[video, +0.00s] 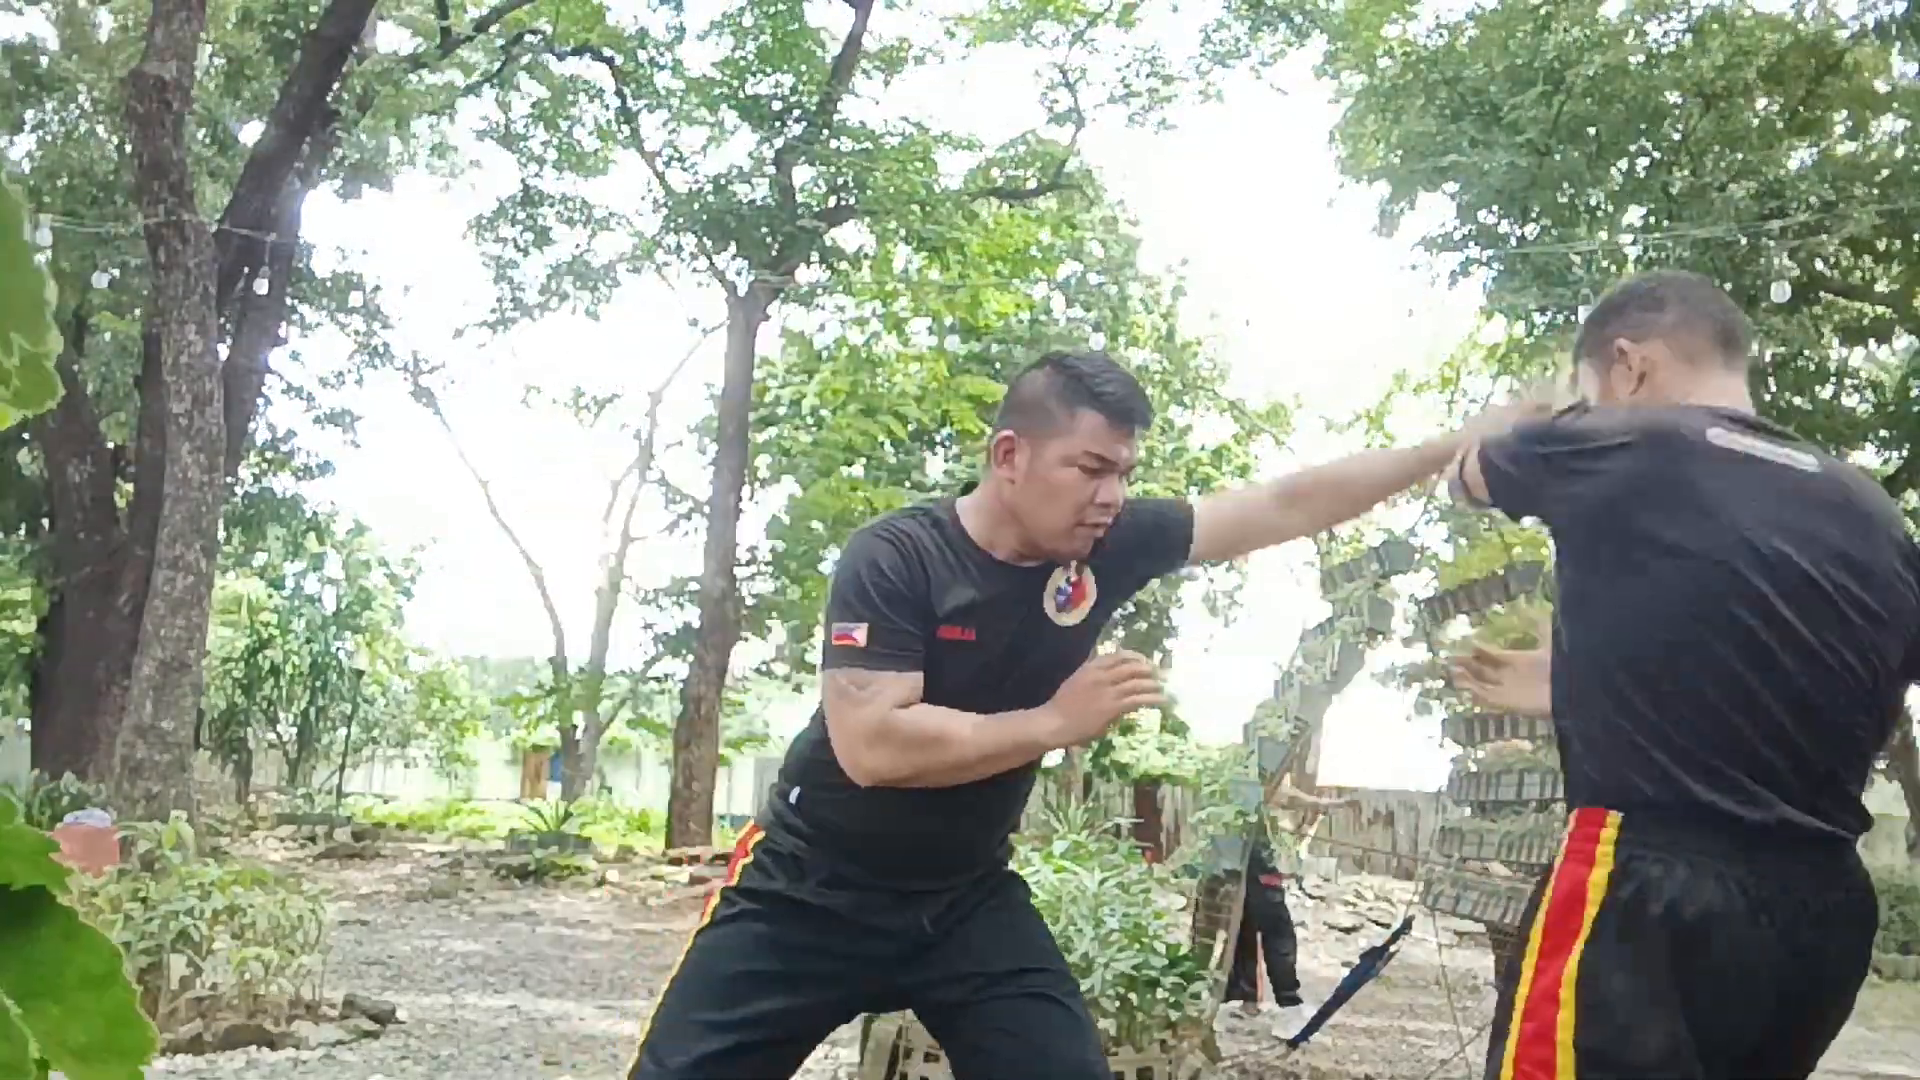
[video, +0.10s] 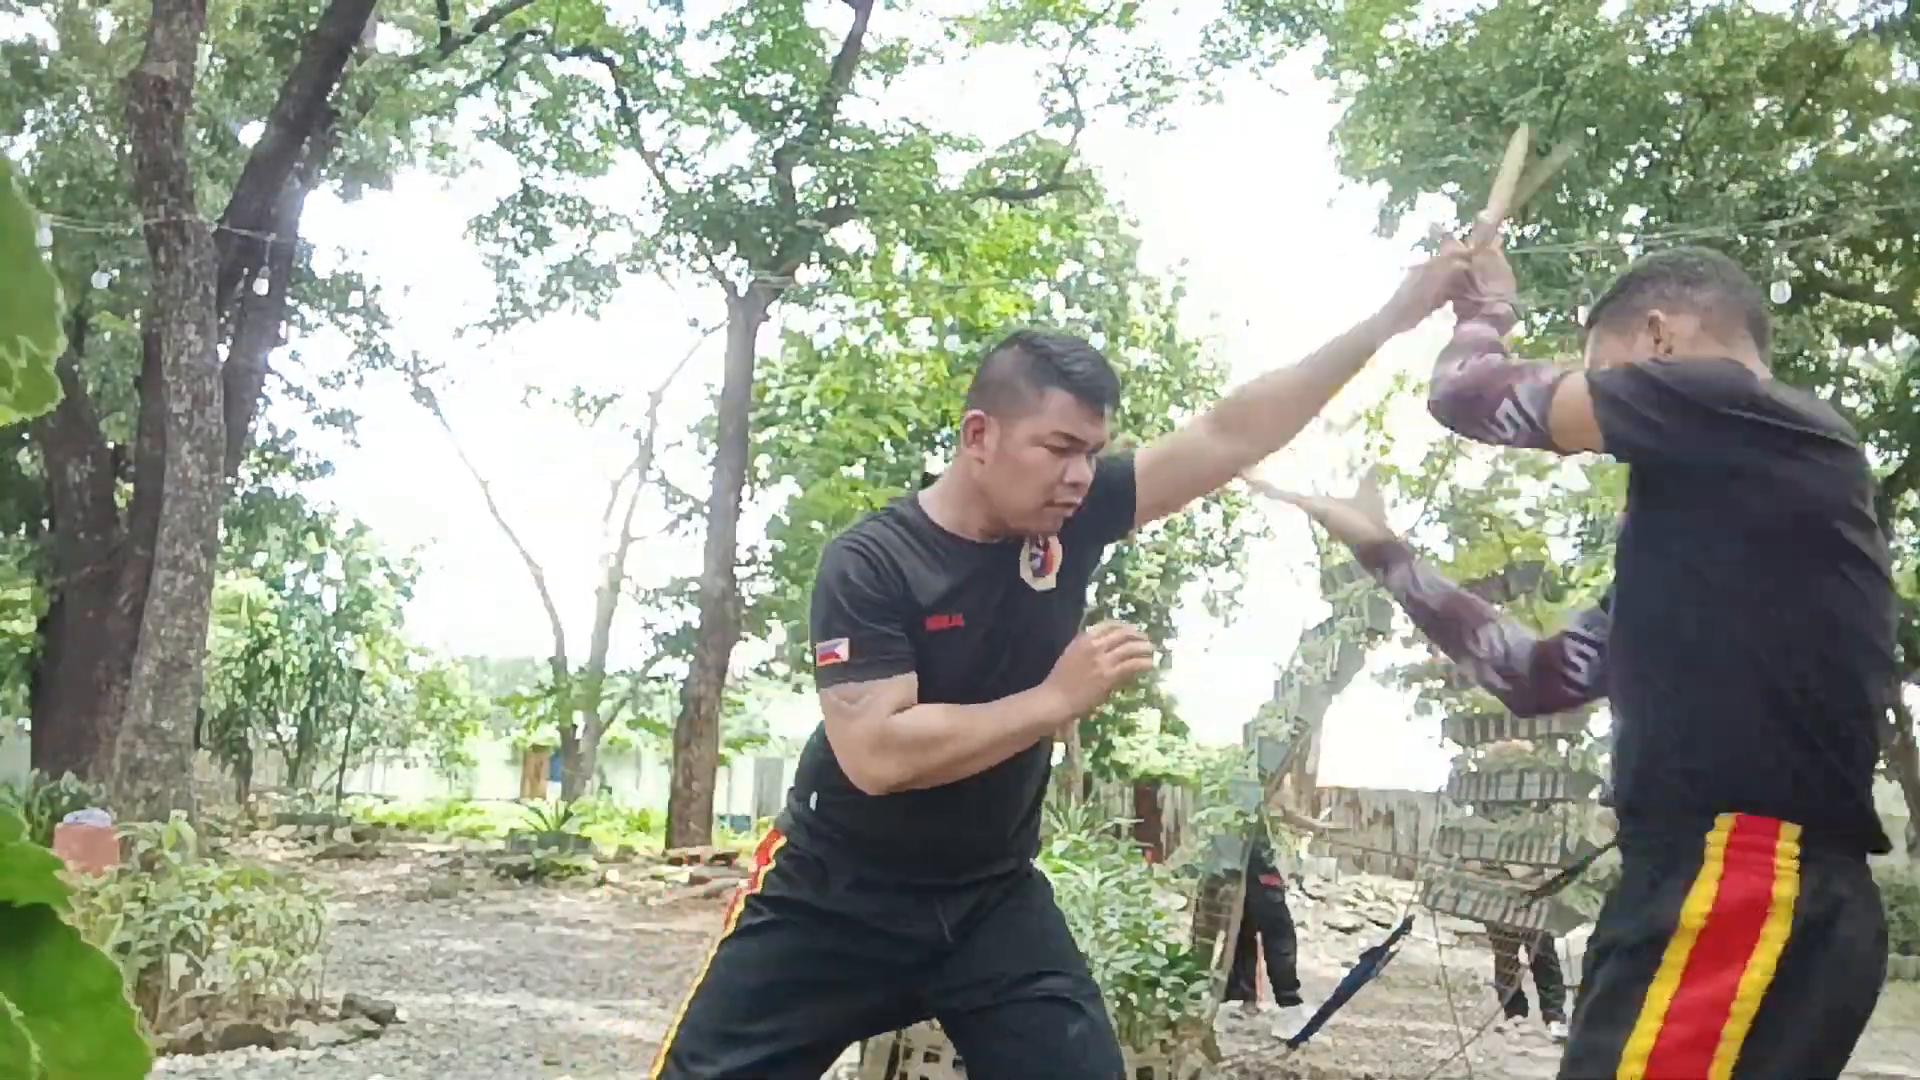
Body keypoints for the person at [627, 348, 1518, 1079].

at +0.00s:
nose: (1113, 496)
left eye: (1123, 475)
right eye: (1095, 469)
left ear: (1127, 474)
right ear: (1008, 453)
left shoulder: (1113, 548)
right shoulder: (891, 558)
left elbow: (1286, 503)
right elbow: (869, 744)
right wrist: (1053, 723)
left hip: (969, 900)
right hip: (805, 891)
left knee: (1067, 1065)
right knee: (678, 1066)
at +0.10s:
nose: (1079, 479)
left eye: (1092, 456)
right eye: (1061, 449)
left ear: (1099, 453)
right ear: (976, 432)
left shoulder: (1077, 514)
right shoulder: (867, 564)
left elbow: (1228, 436)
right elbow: (876, 755)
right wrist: (1053, 703)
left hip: (995, 904)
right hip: (830, 900)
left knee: (1081, 1070)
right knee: (702, 1075)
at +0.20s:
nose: (1033, 466)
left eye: (1044, 441)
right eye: (1007, 437)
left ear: (1053, 443)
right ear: (926, 428)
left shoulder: (1042, 523)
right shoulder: (829, 565)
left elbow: (1166, 473)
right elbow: (836, 749)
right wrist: (1014, 687)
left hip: (992, 904)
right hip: (823, 903)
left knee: (1071, 1064)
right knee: (696, 1065)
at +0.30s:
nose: (994, 466)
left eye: (1010, 442)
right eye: (968, 437)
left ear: (1025, 443)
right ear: (894, 433)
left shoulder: (1027, 528)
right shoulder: (807, 557)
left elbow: (1113, 543)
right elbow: (778, 741)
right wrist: (959, 694)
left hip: (976, 901)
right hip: (803, 898)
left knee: (1050, 1070)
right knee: (680, 1069)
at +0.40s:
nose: (954, 484)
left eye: (978, 456)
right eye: (925, 453)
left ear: (999, 451)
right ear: (864, 445)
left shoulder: (1014, 562)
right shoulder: (790, 556)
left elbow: (1098, 678)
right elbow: (712, 727)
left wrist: (1206, 806)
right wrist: (851, 719)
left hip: (947, 896)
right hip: (784, 881)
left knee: (1007, 1067)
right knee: (662, 1063)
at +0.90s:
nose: (901, 509)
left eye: (925, 480)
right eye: (871, 479)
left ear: (950, 465)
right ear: (812, 464)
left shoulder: (994, 578)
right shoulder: (749, 568)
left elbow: (1170, 683)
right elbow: (686, 744)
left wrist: (1335, 771)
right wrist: (839, 742)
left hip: (928, 891)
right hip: (759, 880)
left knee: (990, 1069)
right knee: (642, 1067)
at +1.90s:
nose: (813, 506)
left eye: (846, 478)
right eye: (788, 475)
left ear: (887, 458)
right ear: (752, 451)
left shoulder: (941, 572)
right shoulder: (720, 573)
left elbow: (1096, 695)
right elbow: (673, 745)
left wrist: (1244, 820)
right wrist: (814, 717)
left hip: (923, 893)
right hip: (758, 881)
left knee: (993, 1070)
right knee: (627, 1066)